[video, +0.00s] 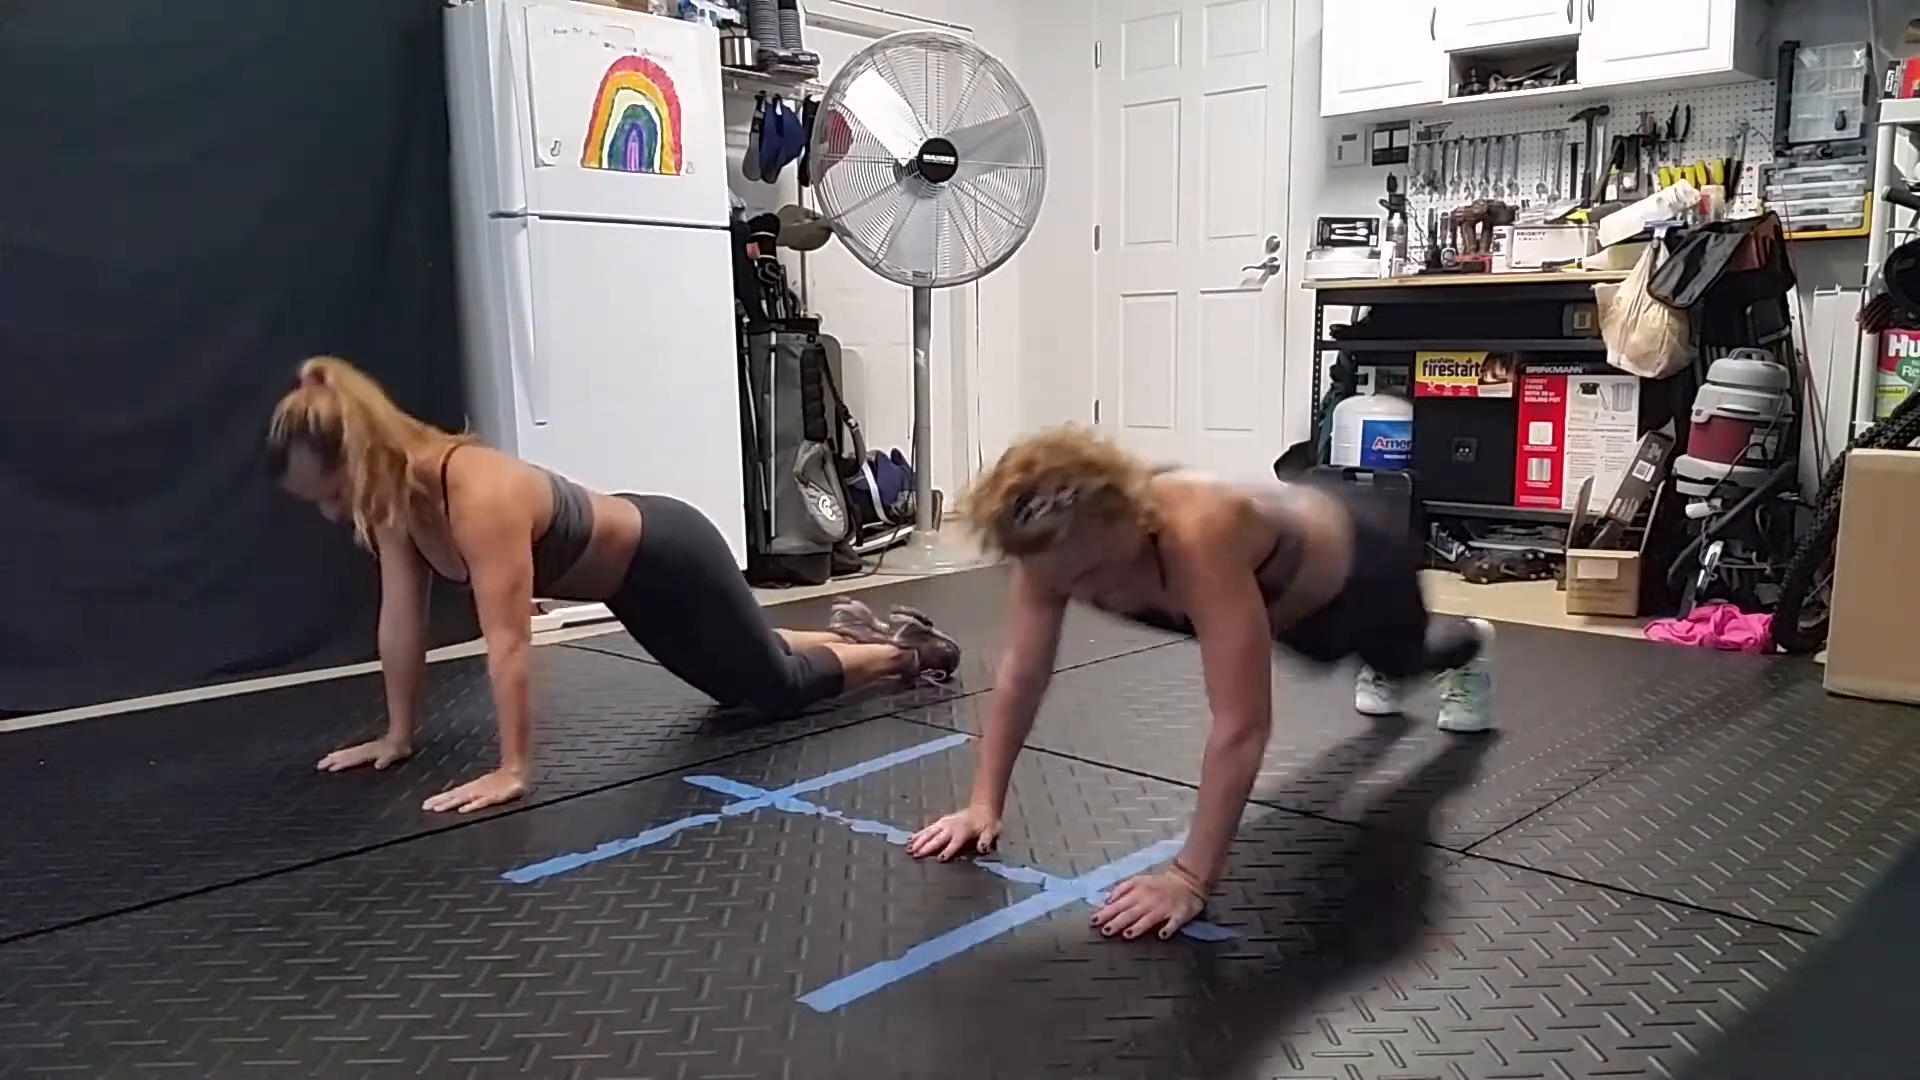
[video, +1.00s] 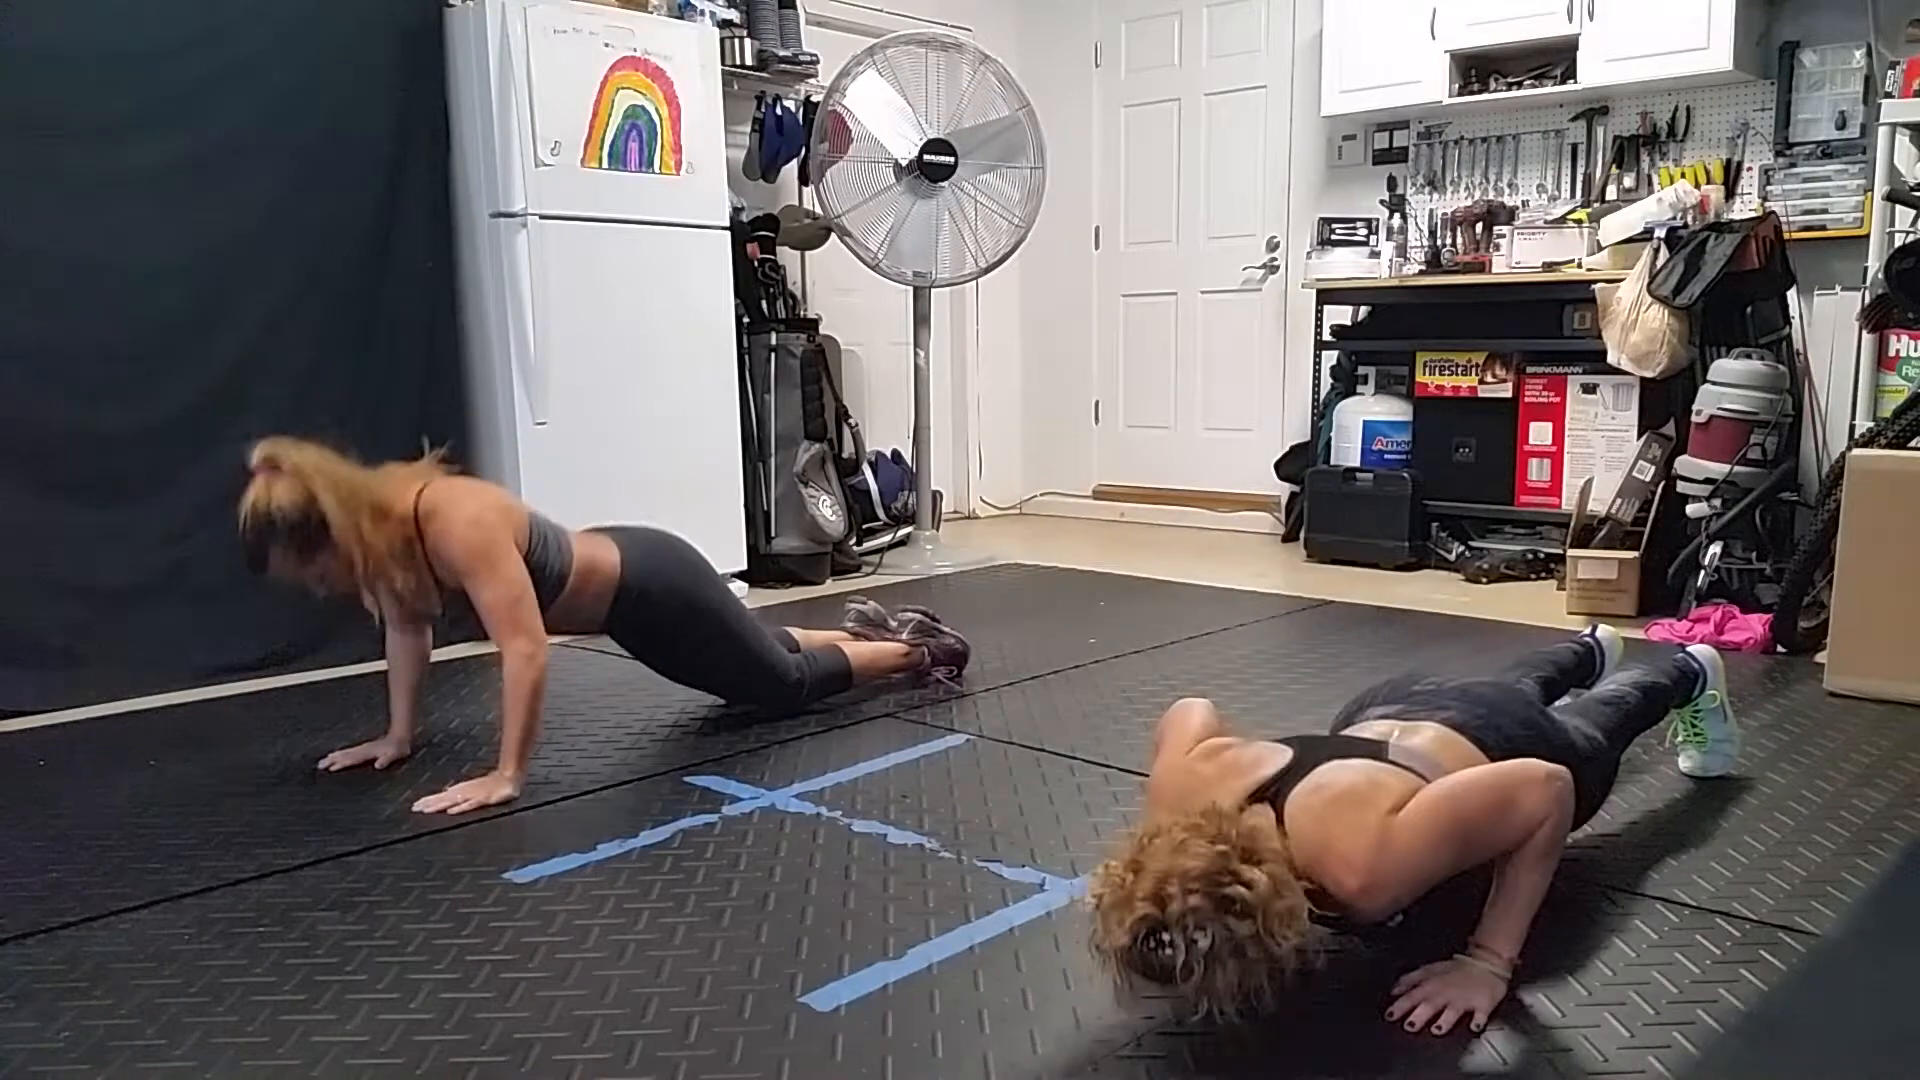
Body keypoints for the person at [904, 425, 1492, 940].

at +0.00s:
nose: (1085, 595)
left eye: (1093, 574)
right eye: (1067, 581)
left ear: (1124, 528)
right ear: (1043, 559)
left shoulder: (1202, 531)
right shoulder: (1050, 548)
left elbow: (1242, 729)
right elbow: (1019, 679)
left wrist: (1189, 876)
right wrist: (983, 803)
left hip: (1358, 567)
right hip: (1277, 596)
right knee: (1340, 642)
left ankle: (1469, 639)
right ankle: (1383, 666)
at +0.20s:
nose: (1131, 545)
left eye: (1142, 525)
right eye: (1114, 532)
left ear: (1180, 482)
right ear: (1095, 503)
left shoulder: (1269, 472)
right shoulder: (1121, 485)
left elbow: (1308, 690)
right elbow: (1110, 637)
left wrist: (1260, 857)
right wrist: (1113, 792)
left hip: (1430, 436)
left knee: (1508, 543)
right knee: (1441, 555)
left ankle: (1581, 621)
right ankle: (1497, 611)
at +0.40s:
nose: (1199, 684)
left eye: (1205, 664)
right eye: (1182, 673)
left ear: (1235, 617)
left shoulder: (1348, 576)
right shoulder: (1193, 603)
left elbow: (1461, 768)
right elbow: (1189, 724)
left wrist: (1483, 954)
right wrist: (1189, 877)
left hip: (1499, 570)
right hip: (1416, 581)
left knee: (1599, 640)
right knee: (1515, 649)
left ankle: (1694, 679)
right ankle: (1578, 678)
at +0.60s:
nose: (1203, 810)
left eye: (1207, 794)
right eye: (1187, 799)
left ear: (1240, 750)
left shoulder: (1363, 688)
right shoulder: (1212, 672)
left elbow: (1534, 786)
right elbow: (1191, 772)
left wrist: (1487, 957)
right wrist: (1188, 877)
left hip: (1519, 676)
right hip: (1436, 646)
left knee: (1615, 688)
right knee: (1532, 654)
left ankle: (1691, 668)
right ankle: (1591, 640)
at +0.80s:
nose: (1215, 977)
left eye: (1224, 959)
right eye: (1188, 964)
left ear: (1257, 903)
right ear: (1141, 875)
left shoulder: (1370, 833)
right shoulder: (1182, 748)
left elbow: (1544, 793)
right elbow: (1196, 702)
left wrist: (1487, 958)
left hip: (1498, 728)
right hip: (1387, 693)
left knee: (1604, 703)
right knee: (1518, 673)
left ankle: (1689, 665)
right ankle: (1596, 640)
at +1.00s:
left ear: (1252, 938)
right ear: (1151, 859)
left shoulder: (1367, 859)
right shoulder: (1170, 797)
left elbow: (1542, 792)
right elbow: (1189, 707)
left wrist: (1489, 958)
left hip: (1497, 735)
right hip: (1388, 710)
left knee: (1607, 705)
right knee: (1510, 679)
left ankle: (1689, 665)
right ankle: (1593, 641)